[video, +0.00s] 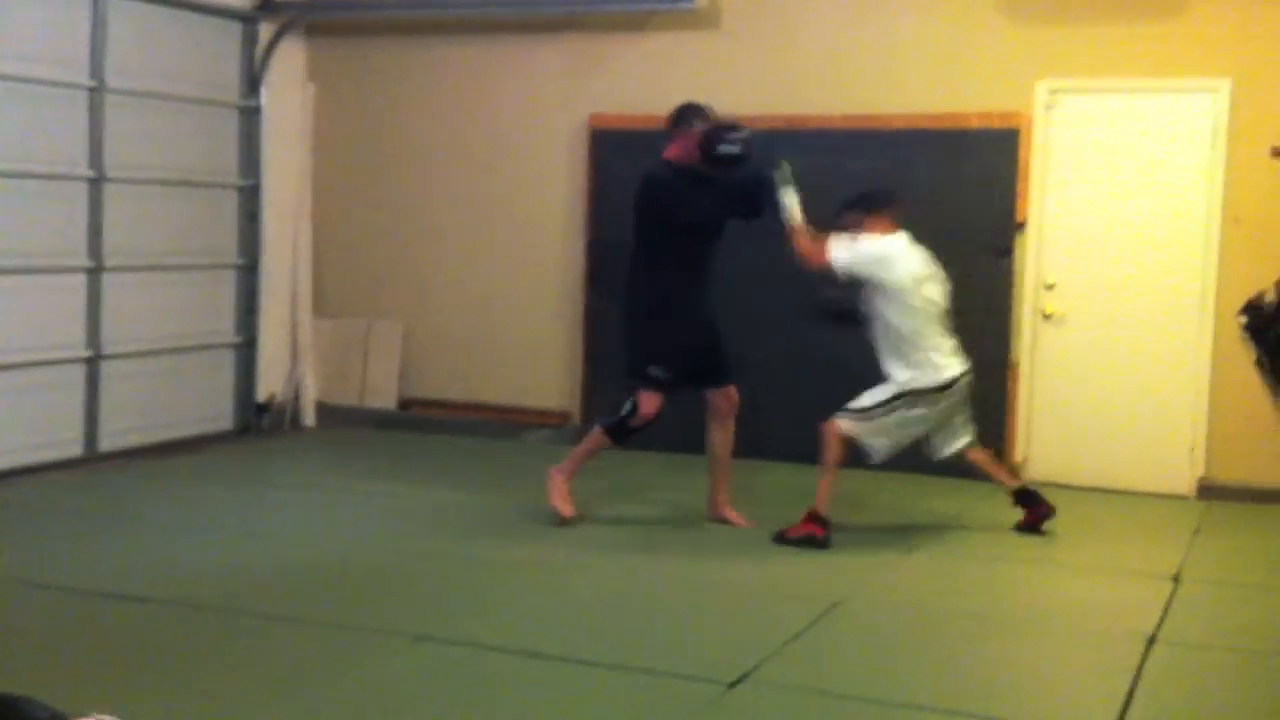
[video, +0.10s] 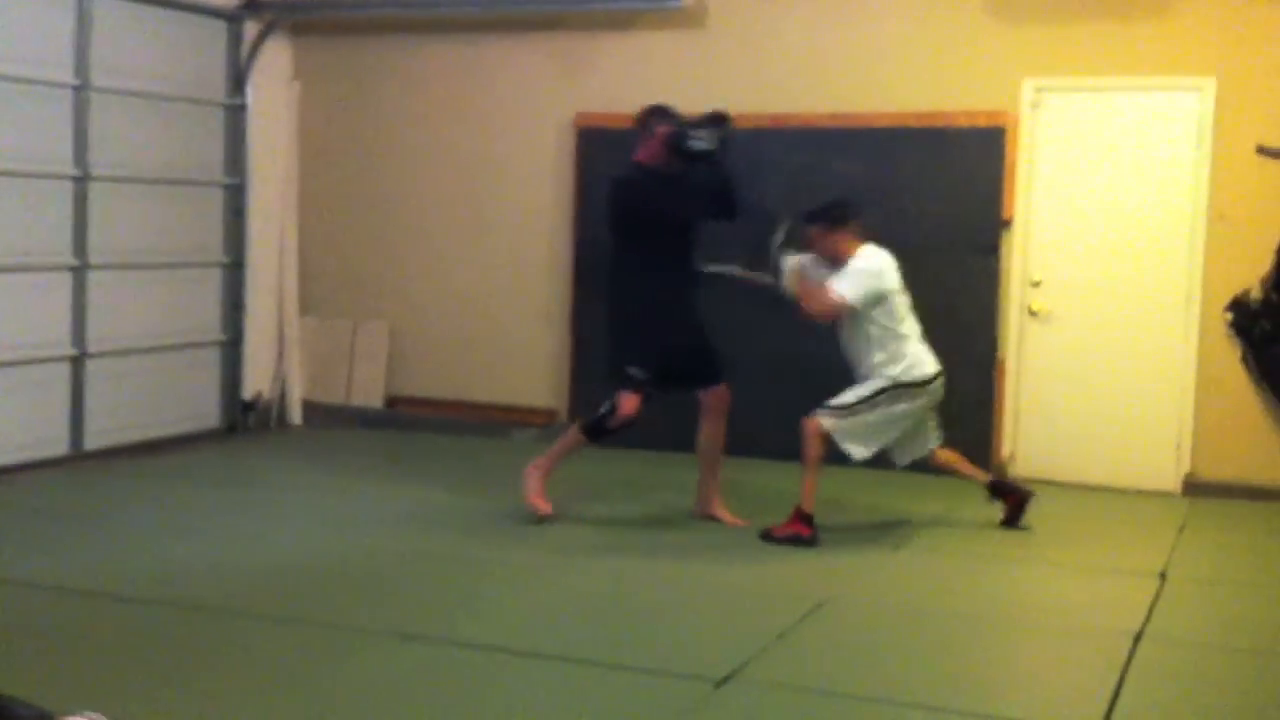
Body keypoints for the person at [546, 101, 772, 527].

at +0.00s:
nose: (706, 148)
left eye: (708, 140)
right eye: (699, 138)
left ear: (706, 141)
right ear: (678, 138)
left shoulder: (706, 181)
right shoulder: (659, 181)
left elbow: (750, 210)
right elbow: (699, 220)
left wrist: (745, 167)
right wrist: (723, 174)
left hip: (693, 305)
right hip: (653, 306)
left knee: (724, 400)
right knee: (647, 405)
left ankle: (719, 503)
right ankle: (562, 473)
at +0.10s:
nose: (667, 146)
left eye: (672, 139)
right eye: (661, 138)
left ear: (676, 142)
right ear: (644, 139)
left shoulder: (679, 184)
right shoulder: (629, 185)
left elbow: (725, 207)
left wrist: (712, 156)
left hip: (676, 306)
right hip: (635, 307)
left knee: (715, 395)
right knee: (626, 406)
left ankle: (708, 500)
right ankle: (539, 470)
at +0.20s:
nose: (643, 158)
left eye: (647, 149)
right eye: (637, 149)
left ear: (647, 152)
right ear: (619, 148)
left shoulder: (649, 192)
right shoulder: (596, 191)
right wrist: (663, 186)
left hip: (645, 315)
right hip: (603, 317)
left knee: (679, 397)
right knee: (598, 408)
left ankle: (705, 496)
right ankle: (520, 485)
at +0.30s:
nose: (613, 162)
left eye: (619, 156)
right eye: (612, 153)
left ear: (616, 160)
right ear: (597, 152)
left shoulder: (612, 195)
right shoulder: (563, 190)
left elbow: (622, 257)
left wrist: (639, 198)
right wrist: (629, 194)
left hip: (589, 310)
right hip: (547, 312)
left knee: (631, 388)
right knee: (552, 409)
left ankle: (671, 495)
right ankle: (491, 500)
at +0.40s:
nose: (588, 170)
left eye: (590, 162)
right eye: (584, 161)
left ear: (570, 158)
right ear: (565, 157)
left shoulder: (570, 196)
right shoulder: (533, 193)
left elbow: (588, 256)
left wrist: (611, 203)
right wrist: (603, 198)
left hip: (545, 308)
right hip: (507, 311)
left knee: (594, 378)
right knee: (524, 408)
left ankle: (563, 478)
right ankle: (475, 500)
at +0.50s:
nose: (550, 164)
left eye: (555, 156)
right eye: (546, 153)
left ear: (551, 155)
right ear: (524, 144)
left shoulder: (532, 185)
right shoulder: (490, 177)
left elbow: (546, 249)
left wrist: (571, 202)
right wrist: (558, 196)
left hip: (496, 303)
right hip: (463, 301)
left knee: (507, 400)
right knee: (485, 398)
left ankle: (451, 458)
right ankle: (458, 500)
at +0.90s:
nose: (507, 143)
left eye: (508, 134)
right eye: (500, 134)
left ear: (489, 139)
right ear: (474, 136)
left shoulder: (485, 188)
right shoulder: (448, 184)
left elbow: (494, 247)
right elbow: (480, 244)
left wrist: (532, 226)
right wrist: (519, 219)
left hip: (450, 305)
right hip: (430, 305)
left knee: (432, 393)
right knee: (470, 389)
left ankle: (417, 483)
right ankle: (418, 484)